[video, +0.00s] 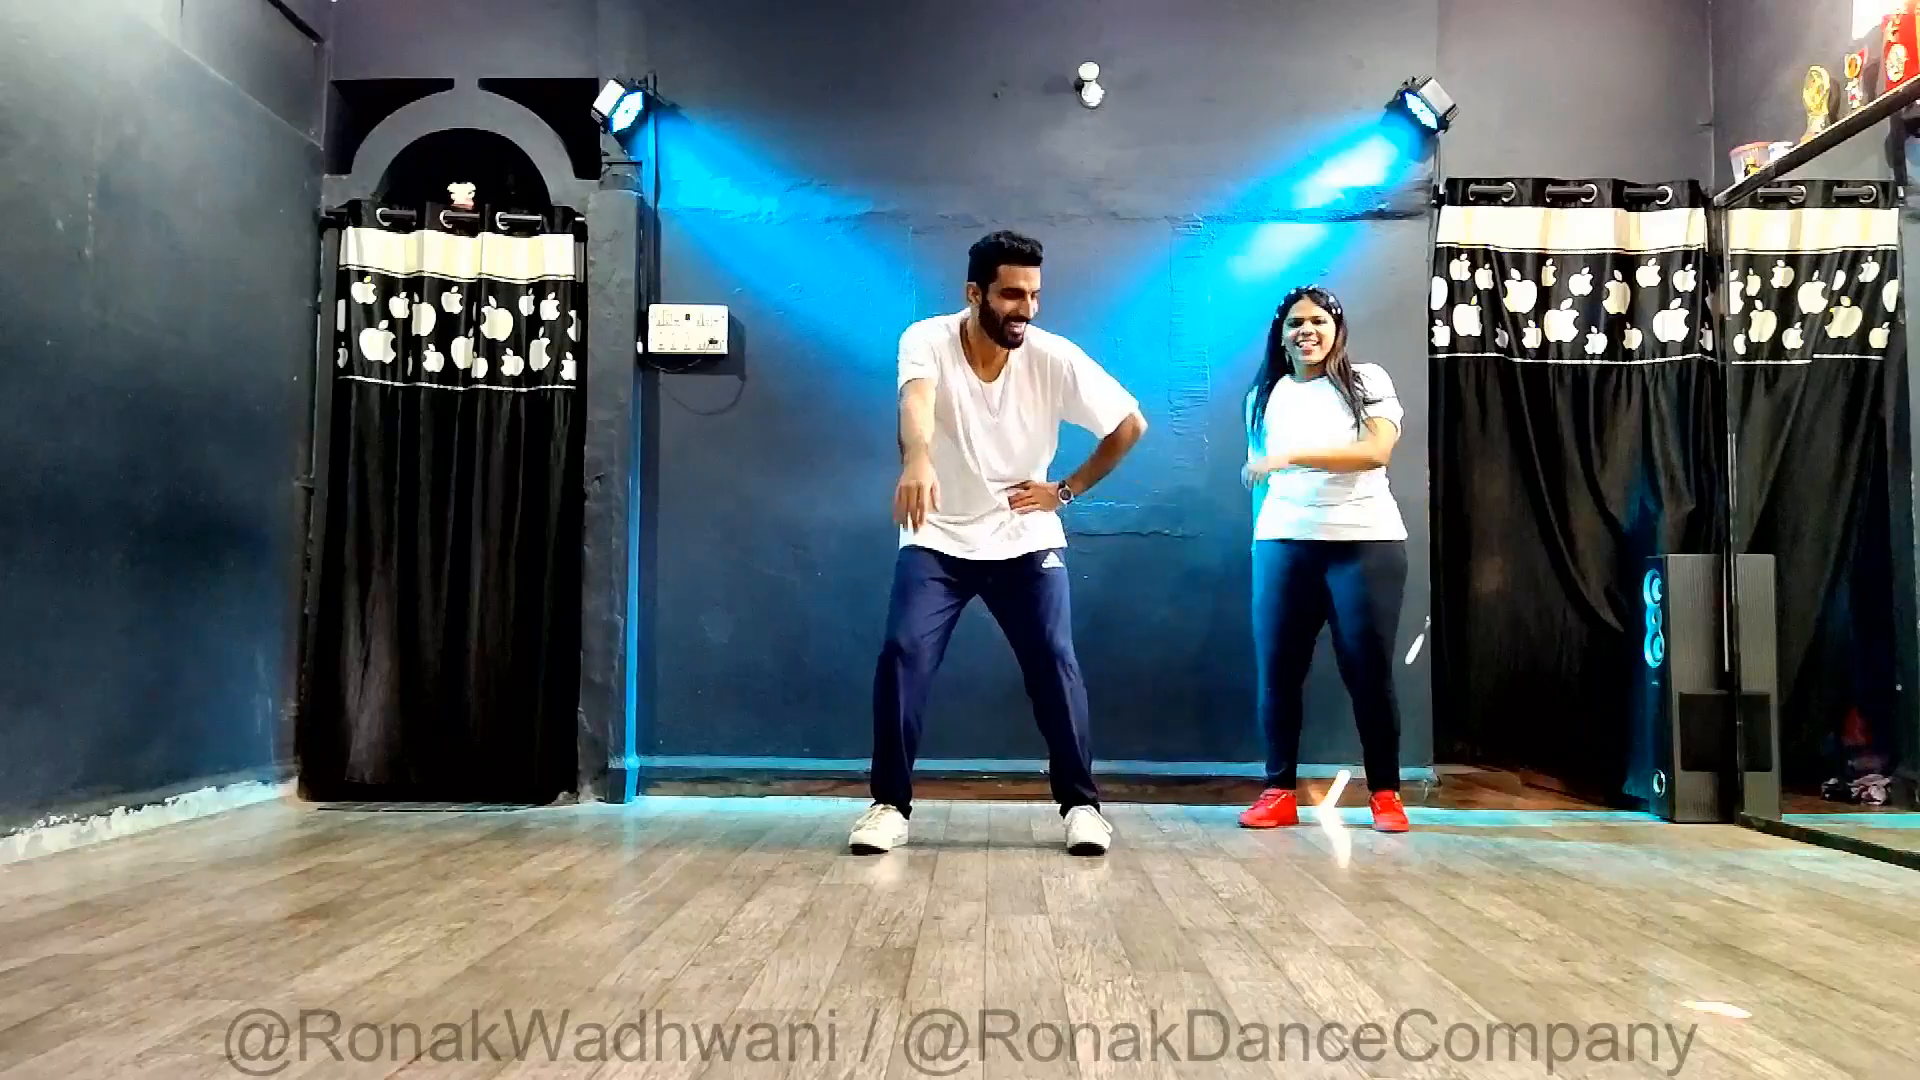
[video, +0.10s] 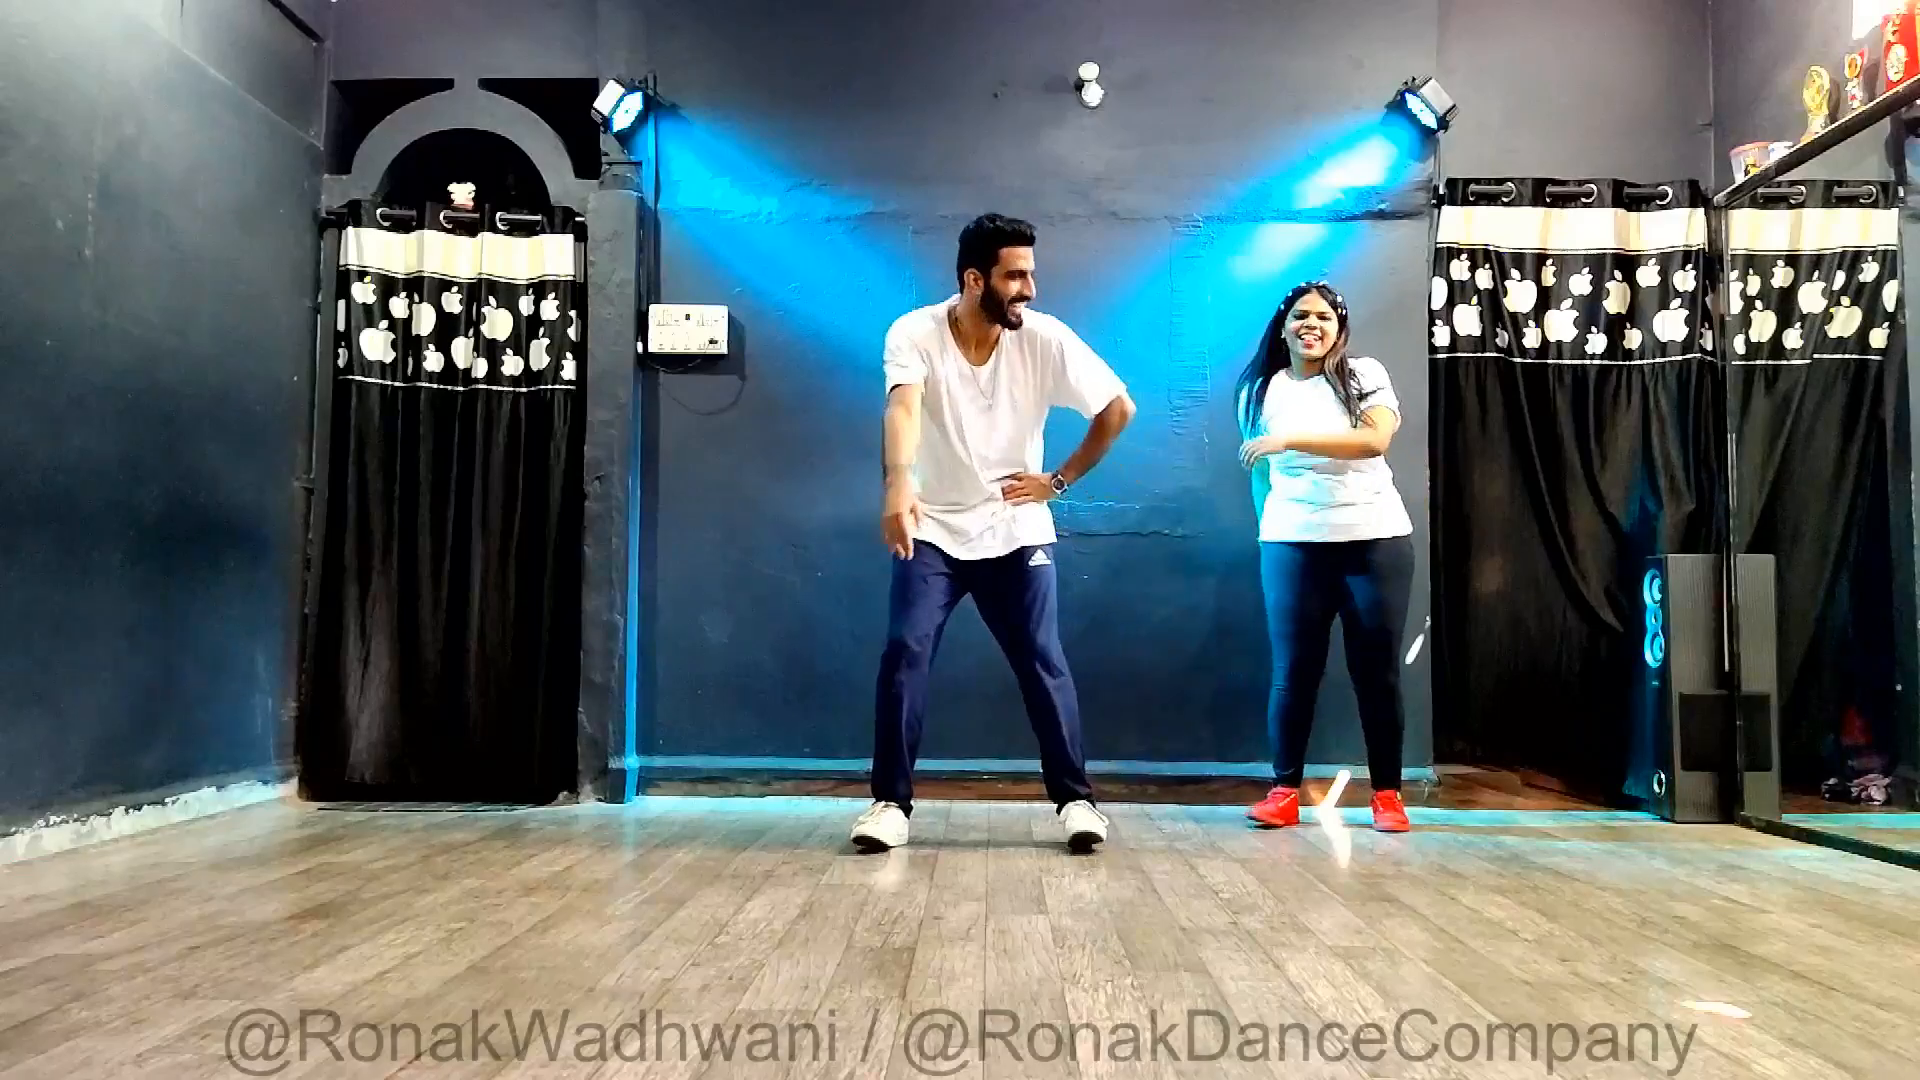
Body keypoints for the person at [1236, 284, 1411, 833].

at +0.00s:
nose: (1308, 330)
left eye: (1318, 322)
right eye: (1297, 323)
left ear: (1337, 330)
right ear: (1283, 334)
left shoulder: (1367, 379)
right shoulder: (1262, 398)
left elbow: (1377, 451)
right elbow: (1261, 475)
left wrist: (1290, 459)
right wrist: (1266, 543)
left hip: (1363, 539)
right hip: (1283, 541)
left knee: (1368, 668)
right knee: (1277, 669)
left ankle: (1384, 793)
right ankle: (1280, 790)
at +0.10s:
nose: (1311, 324)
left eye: (1322, 317)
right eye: (1301, 316)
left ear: (1340, 330)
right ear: (1284, 328)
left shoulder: (1364, 372)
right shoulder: (1261, 393)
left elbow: (1376, 439)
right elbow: (1262, 478)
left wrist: (1288, 441)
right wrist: (1272, 536)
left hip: (1374, 539)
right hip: (1293, 541)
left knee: (1377, 672)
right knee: (1292, 670)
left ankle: (1387, 794)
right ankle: (1285, 790)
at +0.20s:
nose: (1324, 324)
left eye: (1333, 318)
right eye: (1312, 317)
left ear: (1346, 333)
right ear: (1291, 331)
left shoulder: (1369, 377)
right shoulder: (1265, 396)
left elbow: (1384, 435)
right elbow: (1255, 479)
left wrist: (1299, 443)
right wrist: (1254, 542)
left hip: (1382, 538)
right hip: (1304, 540)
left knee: (1383, 670)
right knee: (1311, 671)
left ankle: (1389, 792)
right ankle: (1293, 790)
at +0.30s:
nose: (1331, 327)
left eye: (1340, 320)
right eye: (1318, 319)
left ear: (1351, 333)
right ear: (1297, 332)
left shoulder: (1372, 380)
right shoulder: (1267, 401)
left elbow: (1387, 441)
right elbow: (1253, 487)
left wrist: (1312, 462)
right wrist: (1250, 559)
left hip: (1383, 540)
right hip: (1306, 543)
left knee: (1392, 673)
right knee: (1318, 672)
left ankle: (1390, 794)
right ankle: (1293, 792)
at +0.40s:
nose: (1339, 348)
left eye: (1346, 338)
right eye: (1325, 340)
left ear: (1357, 344)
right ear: (1303, 349)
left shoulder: (1373, 398)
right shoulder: (1273, 408)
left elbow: (1397, 464)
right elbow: (1251, 490)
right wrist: (1246, 562)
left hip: (1377, 545)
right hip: (1307, 547)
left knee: (1416, 666)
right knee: (1326, 673)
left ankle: (1392, 794)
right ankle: (1293, 795)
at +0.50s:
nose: (1338, 361)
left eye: (1346, 350)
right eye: (1324, 354)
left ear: (1358, 355)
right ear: (1303, 362)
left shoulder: (1372, 412)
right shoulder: (1277, 413)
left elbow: (1405, 476)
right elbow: (1255, 483)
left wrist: (1426, 538)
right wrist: (1254, 547)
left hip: (1378, 553)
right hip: (1306, 552)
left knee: (1422, 669)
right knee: (1326, 674)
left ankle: (1392, 796)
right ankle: (1293, 795)